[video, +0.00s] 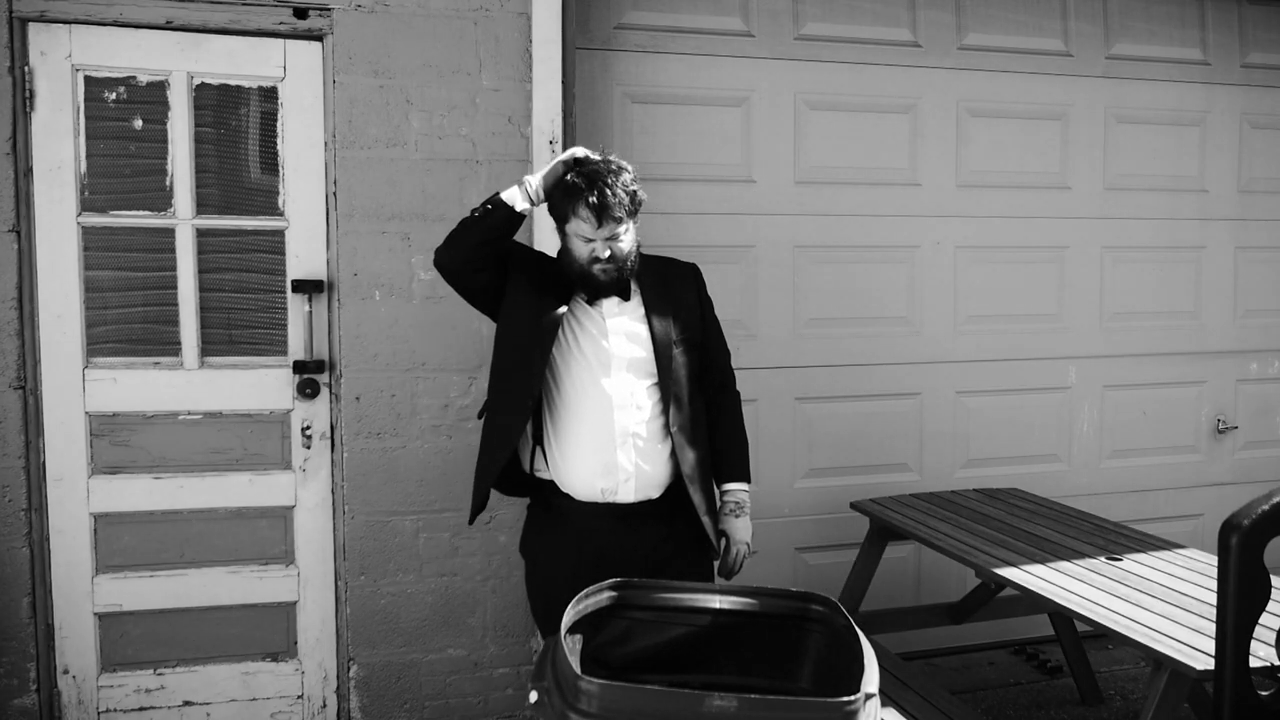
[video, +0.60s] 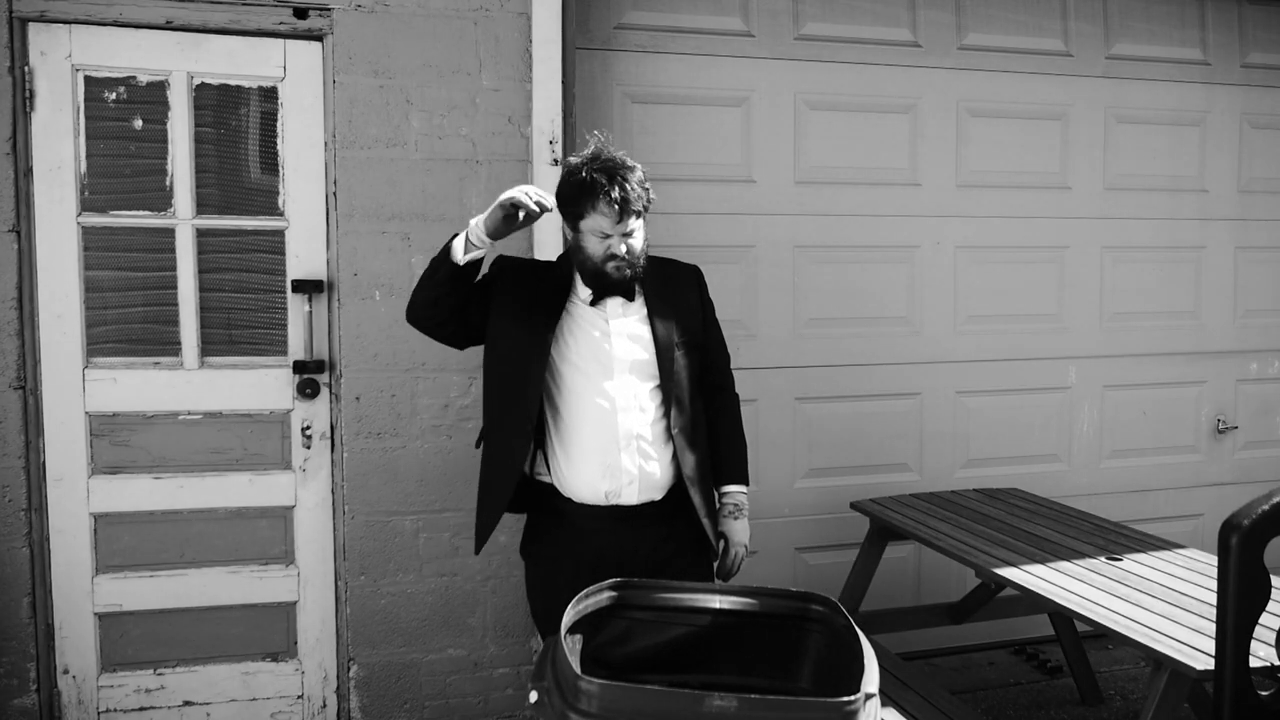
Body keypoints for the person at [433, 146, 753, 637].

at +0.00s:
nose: (603, 251)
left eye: (616, 235)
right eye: (586, 238)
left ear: (635, 224)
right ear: (558, 232)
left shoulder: (679, 286)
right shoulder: (530, 286)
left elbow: (719, 394)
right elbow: (456, 258)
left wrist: (735, 502)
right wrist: (535, 189)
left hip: (669, 527)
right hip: (565, 530)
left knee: (675, 693)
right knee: (577, 691)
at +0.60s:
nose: (621, 250)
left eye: (631, 232)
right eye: (603, 236)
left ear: (645, 224)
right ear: (570, 231)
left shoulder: (681, 287)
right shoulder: (521, 290)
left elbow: (719, 396)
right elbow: (428, 314)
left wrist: (733, 504)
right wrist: (481, 234)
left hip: (670, 528)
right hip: (566, 531)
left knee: (675, 695)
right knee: (577, 693)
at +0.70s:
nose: (637, 246)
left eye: (643, 228)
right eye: (619, 232)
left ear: (652, 221)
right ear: (578, 229)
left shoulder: (682, 288)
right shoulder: (519, 295)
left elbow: (719, 397)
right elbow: (435, 363)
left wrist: (734, 504)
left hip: (670, 527)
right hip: (566, 532)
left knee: (676, 694)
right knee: (577, 693)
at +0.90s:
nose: (650, 243)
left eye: (653, 227)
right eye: (634, 229)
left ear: (659, 221)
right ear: (585, 229)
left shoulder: (679, 287)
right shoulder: (515, 303)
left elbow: (715, 394)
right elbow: (485, 409)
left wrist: (733, 500)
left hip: (671, 532)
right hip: (567, 539)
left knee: (678, 699)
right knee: (580, 707)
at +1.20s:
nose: (656, 242)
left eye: (657, 227)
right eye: (643, 229)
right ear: (595, 227)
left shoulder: (672, 285)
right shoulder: (512, 303)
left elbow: (708, 388)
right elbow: (483, 416)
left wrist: (729, 494)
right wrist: (494, 531)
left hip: (674, 529)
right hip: (575, 536)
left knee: (682, 695)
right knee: (585, 699)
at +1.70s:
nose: (636, 235)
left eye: (644, 220)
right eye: (618, 220)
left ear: (654, 217)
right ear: (580, 219)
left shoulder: (675, 285)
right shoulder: (517, 303)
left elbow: (710, 388)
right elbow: (494, 417)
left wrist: (730, 491)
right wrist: (524, 525)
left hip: (676, 530)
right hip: (581, 538)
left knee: (684, 698)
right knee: (588, 706)